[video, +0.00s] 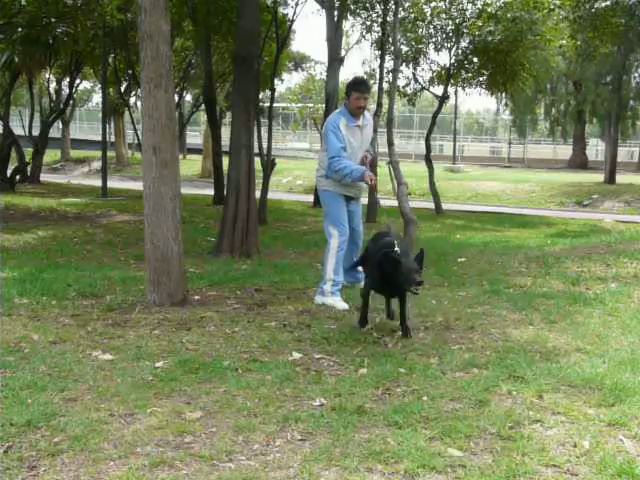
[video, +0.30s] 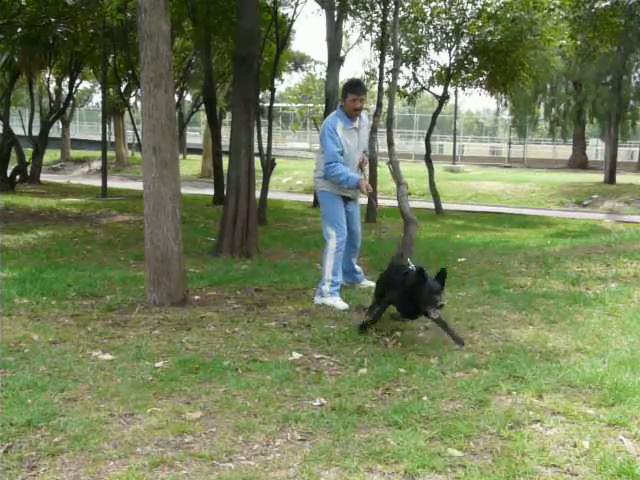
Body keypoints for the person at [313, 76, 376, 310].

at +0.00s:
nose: (362, 103)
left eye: (365, 99)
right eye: (357, 99)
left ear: (368, 100)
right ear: (347, 98)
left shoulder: (367, 120)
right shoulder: (334, 123)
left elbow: (364, 147)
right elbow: (335, 163)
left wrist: (367, 156)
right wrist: (361, 173)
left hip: (353, 186)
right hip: (332, 184)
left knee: (356, 234)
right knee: (339, 234)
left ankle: (351, 273)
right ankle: (328, 291)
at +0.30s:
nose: (358, 105)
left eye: (361, 101)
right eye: (353, 100)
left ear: (365, 101)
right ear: (343, 100)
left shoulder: (363, 121)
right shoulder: (331, 125)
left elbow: (361, 147)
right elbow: (331, 166)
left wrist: (363, 158)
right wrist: (356, 181)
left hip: (350, 187)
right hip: (329, 186)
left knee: (354, 235)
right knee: (337, 235)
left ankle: (351, 274)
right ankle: (328, 291)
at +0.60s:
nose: (361, 106)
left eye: (364, 102)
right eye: (356, 101)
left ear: (367, 102)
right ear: (345, 101)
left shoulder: (361, 123)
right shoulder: (335, 127)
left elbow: (357, 148)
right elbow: (338, 168)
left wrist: (362, 159)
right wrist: (368, 182)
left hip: (348, 187)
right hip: (330, 186)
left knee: (354, 233)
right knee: (340, 234)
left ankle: (352, 275)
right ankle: (328, 292)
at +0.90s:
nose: (360, 106)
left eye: (364, 102)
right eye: (356, 102)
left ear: (367, 102)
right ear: (345, 101)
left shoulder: (361, 123)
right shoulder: (334, 126)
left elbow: (357, 150)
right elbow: (337, 168)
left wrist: (361, 159)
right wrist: (366, 178)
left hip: (348, 188)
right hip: (328, 187)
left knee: (353, 234)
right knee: (336, 235)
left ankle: (352, 276)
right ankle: (327, 291)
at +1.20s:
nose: (356, 106)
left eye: (359, 102)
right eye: (351, 102)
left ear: (362, 102)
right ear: (340, 101)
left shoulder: (353, 125)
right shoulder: (330, 126)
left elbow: (350, 154)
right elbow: (334, 169)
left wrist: (360, 158)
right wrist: (364, 178)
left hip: (346, 190)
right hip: (327, 189)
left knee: (351, 235)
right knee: (337, 235)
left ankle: (343, 286)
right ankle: (327, 290)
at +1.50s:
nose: (355, 106)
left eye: (358, 102)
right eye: (350, 102)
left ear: (360, 102)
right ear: (339, 101)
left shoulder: (353, 124)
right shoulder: (329, 127)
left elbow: (349, 152)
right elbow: (330, 169)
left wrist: (356, 159)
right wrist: (356, 178)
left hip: (344, 188)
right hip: (326, 188)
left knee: (351, 234)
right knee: (335, 235)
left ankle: (350, 275)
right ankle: (326, 291)